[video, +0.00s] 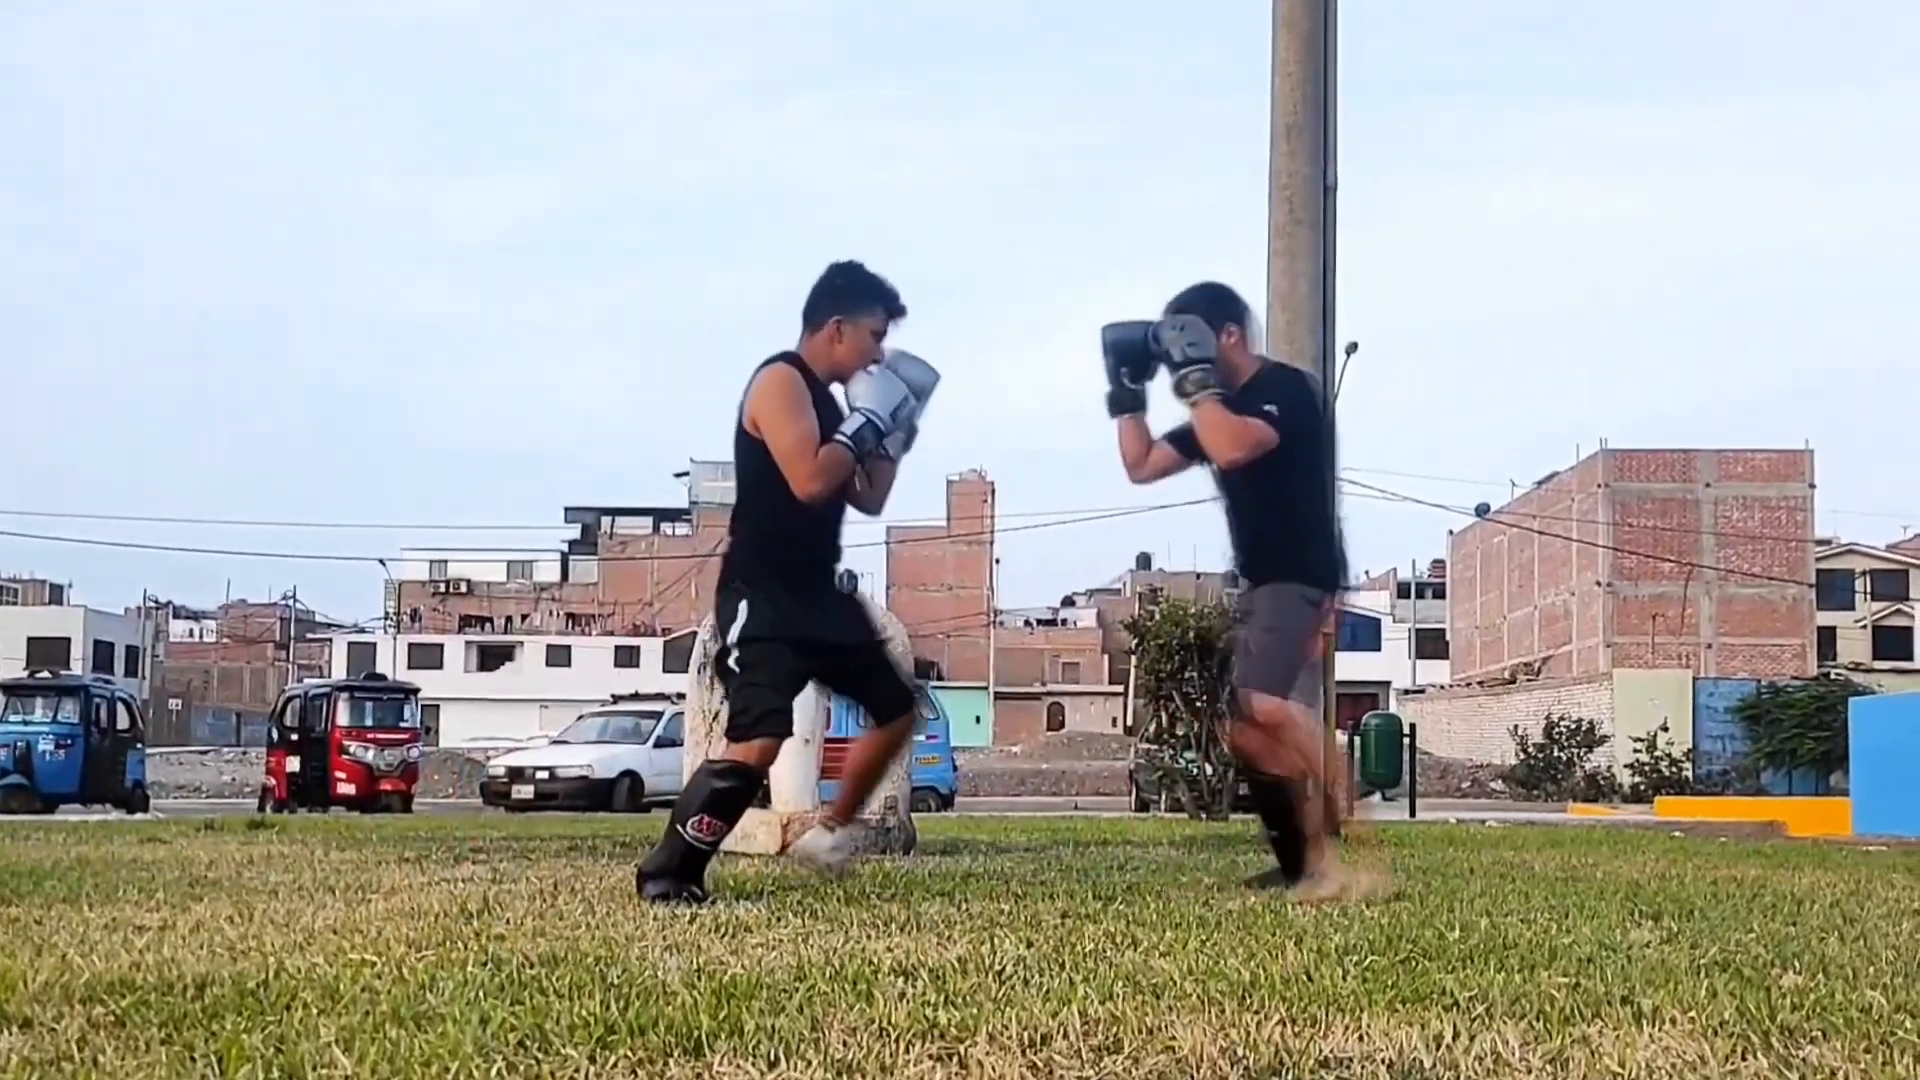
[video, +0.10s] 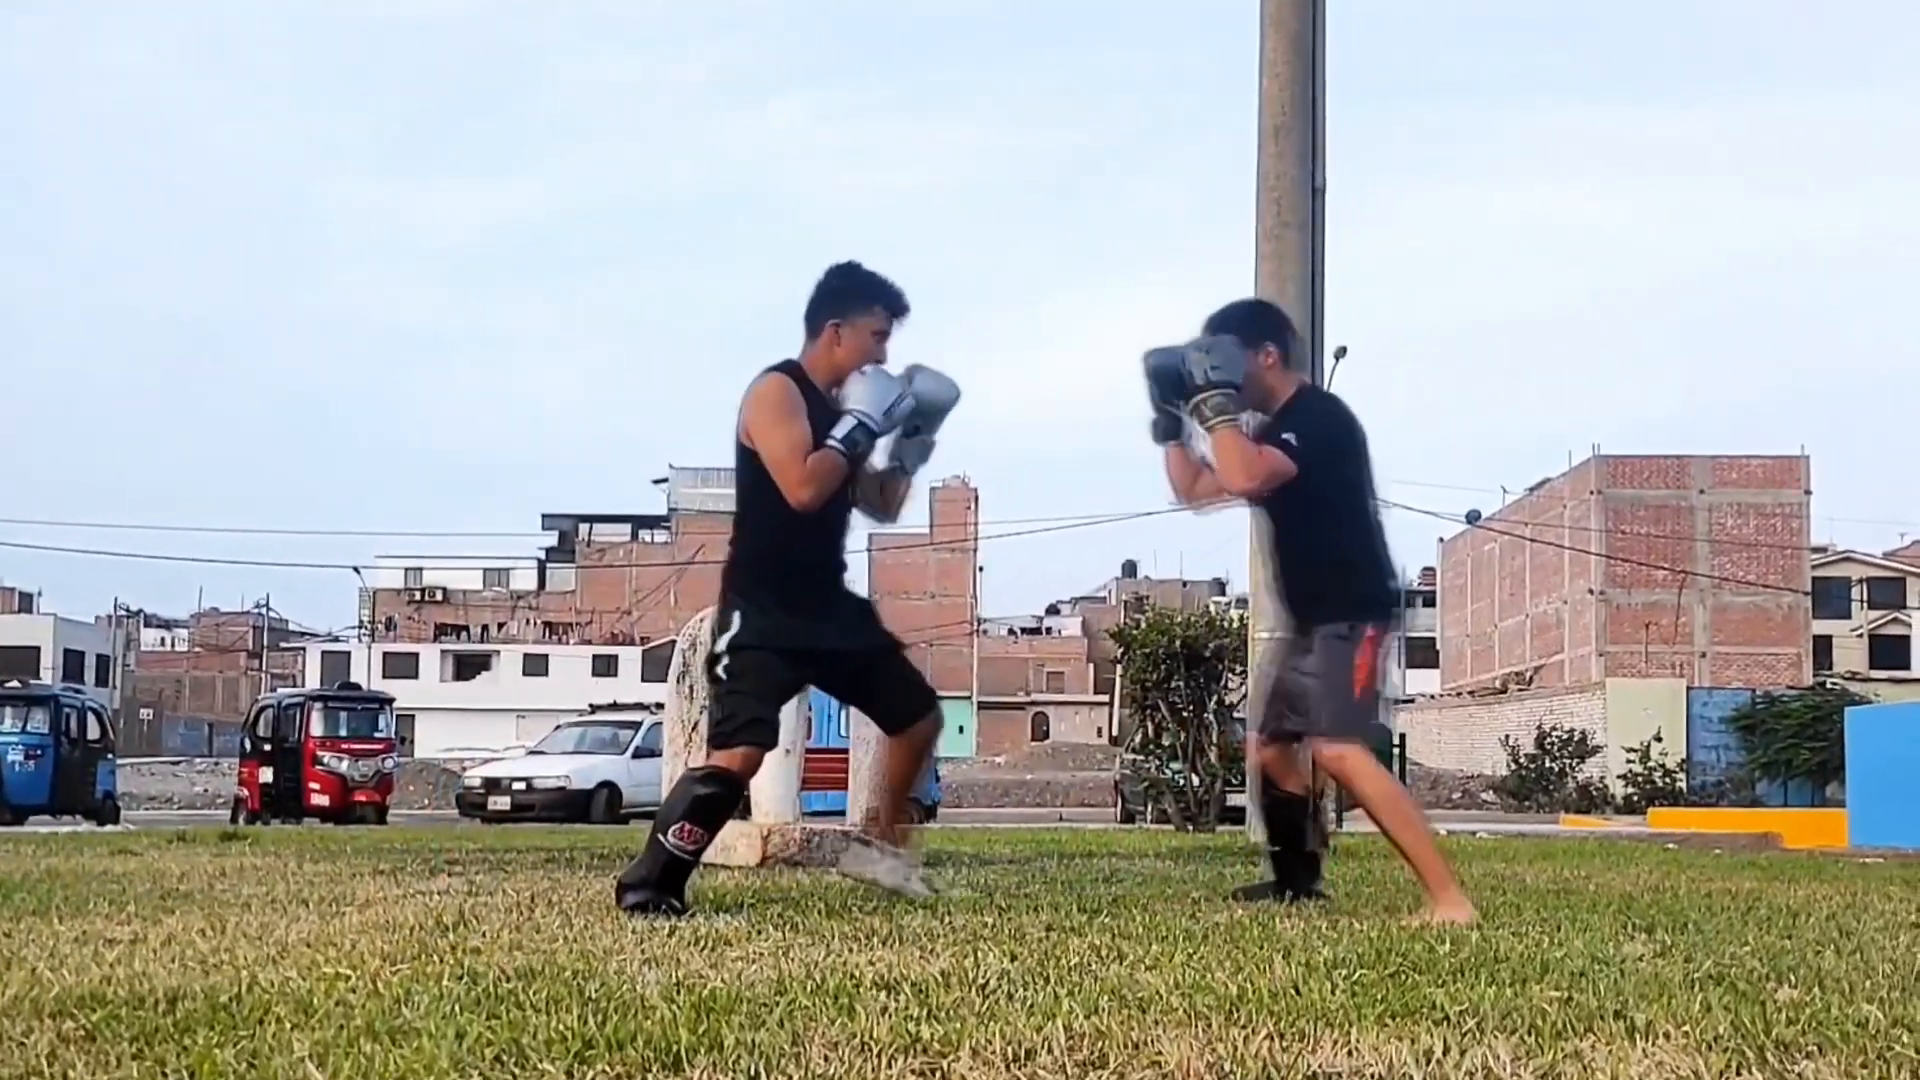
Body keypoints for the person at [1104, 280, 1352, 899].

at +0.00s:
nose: (1189, 355)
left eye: (1197, 341)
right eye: (1182, 346)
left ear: (1231, 333)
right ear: (1208, 347)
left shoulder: (1289, 388)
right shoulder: (1221, 412)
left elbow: (1230, 445)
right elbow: (1141, 466)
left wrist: (1192, 374)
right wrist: (1126, 386)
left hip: (1301, 579)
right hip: (1260, 582)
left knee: (1262, 702)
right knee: (1244, 735)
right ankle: (1299, 865)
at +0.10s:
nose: (1225, 376)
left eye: (1232, 361)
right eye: (1221, 364)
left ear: (1269, 355)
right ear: (1261, 363)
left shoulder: (1319, 413)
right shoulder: (1272, 430)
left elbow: (1246, 476)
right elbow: (1193, 489)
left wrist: (1213, 400)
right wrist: (1170, 422)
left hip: (1355, 612)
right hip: (1310, 617)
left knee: (1338, 747)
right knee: (1271, 747)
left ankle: (1449, 901)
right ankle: (1297, 886)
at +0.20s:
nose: (1251, 378)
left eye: (1257, 363)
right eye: (1245, 367)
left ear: (1302, 357)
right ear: (1289, 364)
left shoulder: (1351, 420)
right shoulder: (1304, 434)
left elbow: (1280, 506)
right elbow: (1244, 519)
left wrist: (1244, 434)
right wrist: (1209, 451)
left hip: (1394, 620)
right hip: (1351, 619)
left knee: (1342, 770)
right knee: (1297, 755)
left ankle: (1444, 916)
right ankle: (1345, 895)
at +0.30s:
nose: (1266, 365)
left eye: (1273, 347)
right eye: (1261, 352)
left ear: (1322, 339)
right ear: (1310, 346)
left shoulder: (1379, 401)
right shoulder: (1320, 424)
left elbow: (1313, 500)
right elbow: (1264, 513)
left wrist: (1263, 426)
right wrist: (1226, 442)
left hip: (1434, 600)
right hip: (1385, 605)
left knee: (1377, 752)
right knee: (1342, 758)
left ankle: (1441, 919)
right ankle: (1447, 883)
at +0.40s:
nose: (1298, 376)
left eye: (1306, 359)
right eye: (1294, 363)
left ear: (1352, 351)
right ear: (1337, 359)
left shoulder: (1406, 409)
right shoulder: (1338, 432)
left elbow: (1318, 506)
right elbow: (1267, 512)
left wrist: (1282, 418)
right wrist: (1243, 423)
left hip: (1482, 599)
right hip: (1437, 605)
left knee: (1412, 746)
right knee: (1389, 770)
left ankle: (1520, 916)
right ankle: (1507, 898)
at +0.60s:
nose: (1336, 427)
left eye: (1347, 410)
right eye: (1330, 415)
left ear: (1395, 406)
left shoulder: (1457, 458)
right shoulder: (1391, 491)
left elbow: (1407, 553)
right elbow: (1314, 569)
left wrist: (1358, 467)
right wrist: (1297, 483)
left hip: (1547, 637)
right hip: (1509, 642)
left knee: (1464, 774)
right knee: (1442, 795)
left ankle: (1560, 939)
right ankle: (1541, 922)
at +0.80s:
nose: (1376, 446)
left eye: (1382, 430)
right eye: (1367, 436)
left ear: (1418, 417)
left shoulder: (1477, 460)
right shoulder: (1416, 489)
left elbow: (1420, 557)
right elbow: (1341, 569)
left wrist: (1377, 469)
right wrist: (1316, 482)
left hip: (1573, 624)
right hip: (1510, 630)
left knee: (1501, 745)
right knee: (1439, 760)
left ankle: (1584, 931)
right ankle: (1530, 893)